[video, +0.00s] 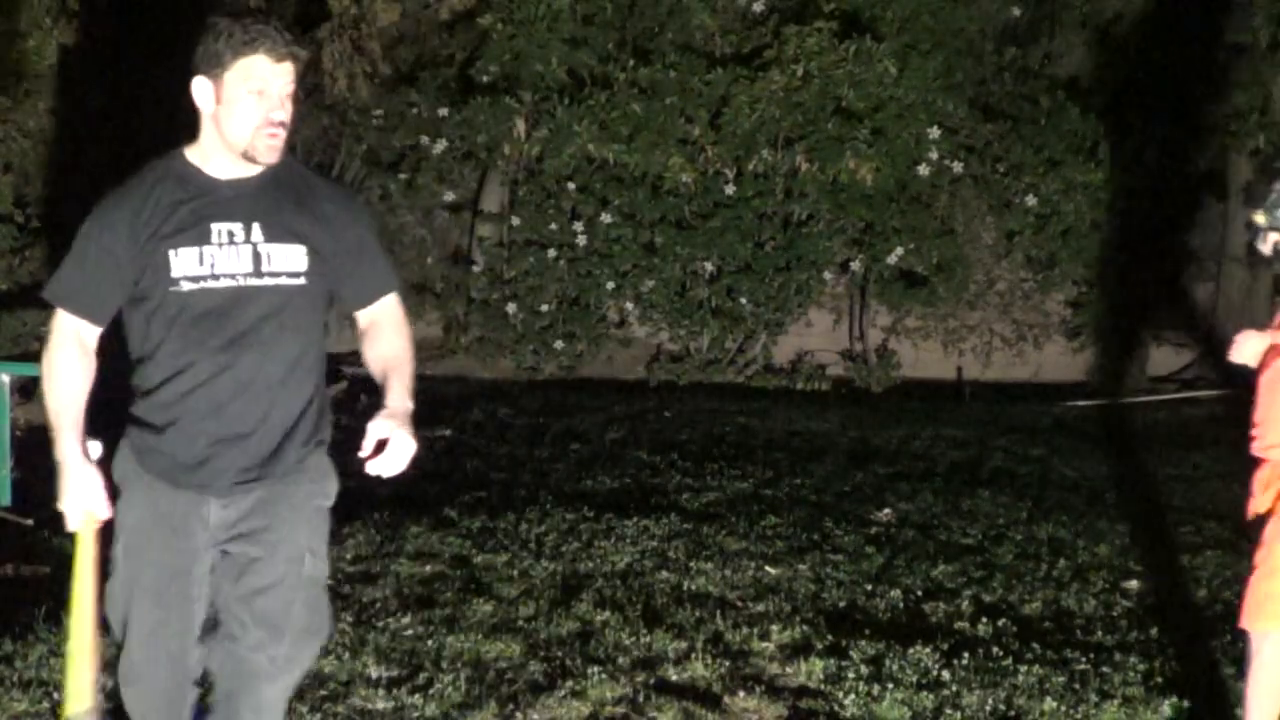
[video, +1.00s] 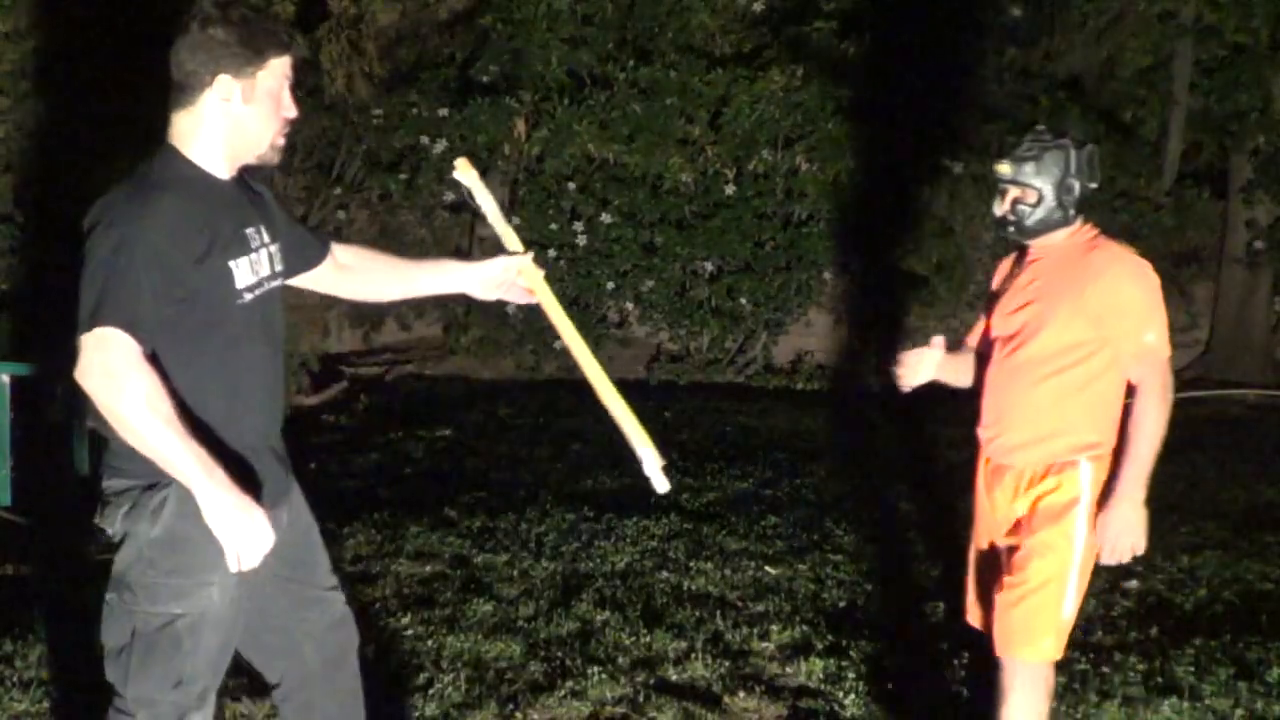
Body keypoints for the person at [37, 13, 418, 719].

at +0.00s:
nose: (280, 111)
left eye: (288, 94)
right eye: (259, 91)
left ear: (297, 99)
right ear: (206, 95)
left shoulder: (329, 211)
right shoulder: (136, 211)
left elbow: (381, 314)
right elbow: (71, 339)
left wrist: (398, 403)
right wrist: (71, 457)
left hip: (289, 487)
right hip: (163, 485)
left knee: (264, 681)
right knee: (156, 680)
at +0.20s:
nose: (278, 122)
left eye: (285, 104)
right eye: (260, 101)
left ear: (292, 106)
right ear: (201, 98)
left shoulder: (298, 216)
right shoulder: (121, 208)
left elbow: (335, 334)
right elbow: (57, 340)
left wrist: (358, 406)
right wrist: (109, 461)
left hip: (262, 499)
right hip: (139, 494)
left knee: (233, 692)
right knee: (111, 689)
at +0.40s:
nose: (282, 119)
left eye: (285, 100)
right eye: (267, 96)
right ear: (205, 91)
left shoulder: (269, 212)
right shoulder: (118, 200)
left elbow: (307, 328)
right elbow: (45, 333)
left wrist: (366, 371)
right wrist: (153, 435)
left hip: (252, 497)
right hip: (147, 498)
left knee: (232, 699)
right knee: (154, 695)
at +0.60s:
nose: (276, 115)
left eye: (274, 95)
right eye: (264, 95)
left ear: (216, 97)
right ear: (204, 94)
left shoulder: (235, 207)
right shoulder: (110, 208)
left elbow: (294, 315)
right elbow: (78, 360)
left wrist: (399, 318)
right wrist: (219, 465)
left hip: (240, 501)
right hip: (145, 508)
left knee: (244, 701)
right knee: (164, 704)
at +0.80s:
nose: (273, 111)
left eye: (271, 89)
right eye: (262, 87)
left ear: (209, 92)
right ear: (203, 90)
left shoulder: (223, 201)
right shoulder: (112, 215)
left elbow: (302, 280)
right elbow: (99, 372)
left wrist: (434, 302)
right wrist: (227, 479)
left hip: (233, 472)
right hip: (144, 484)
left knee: (304, 632)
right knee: (155, 695)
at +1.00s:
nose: (294, 111)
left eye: (292, 89)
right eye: (282, 88)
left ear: (231, 95)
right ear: (225, 93)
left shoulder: (249, 204)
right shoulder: (140, 215)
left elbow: (334, 268)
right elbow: (103, 361)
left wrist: (475, 276)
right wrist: (214, 489)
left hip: (266, 495)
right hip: (173, 508)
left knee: (324, 670)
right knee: (162, 703)